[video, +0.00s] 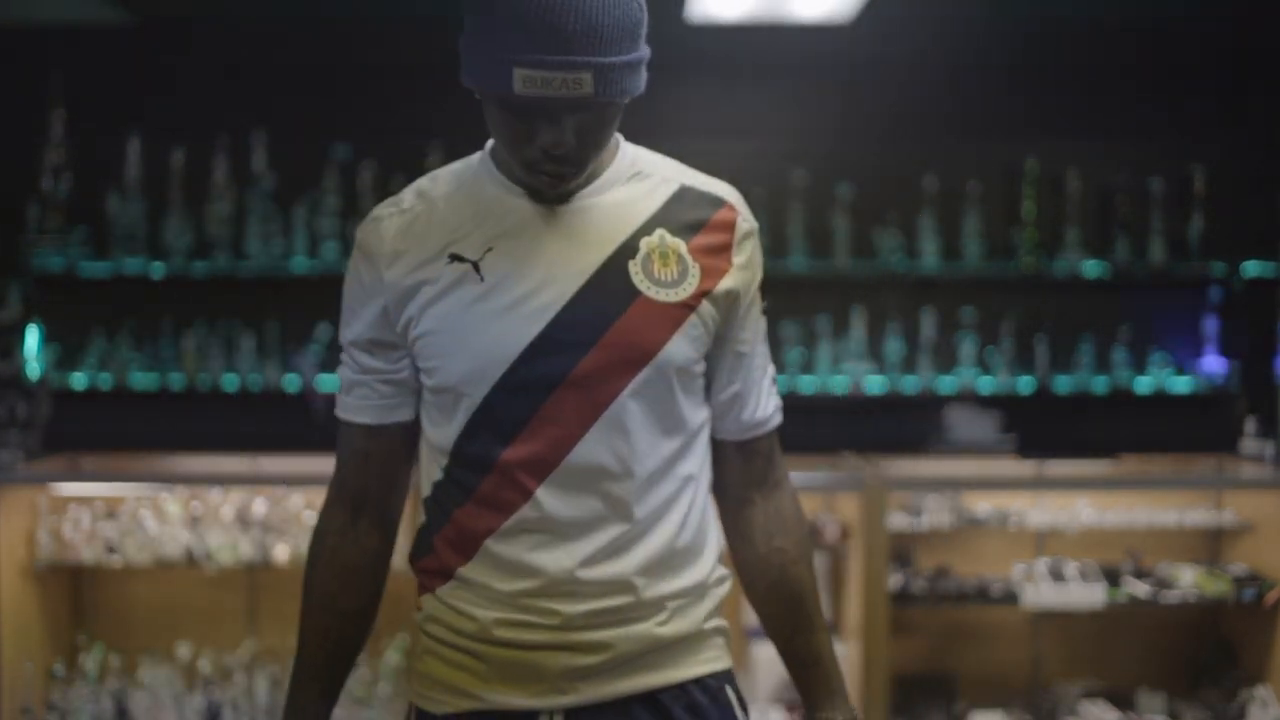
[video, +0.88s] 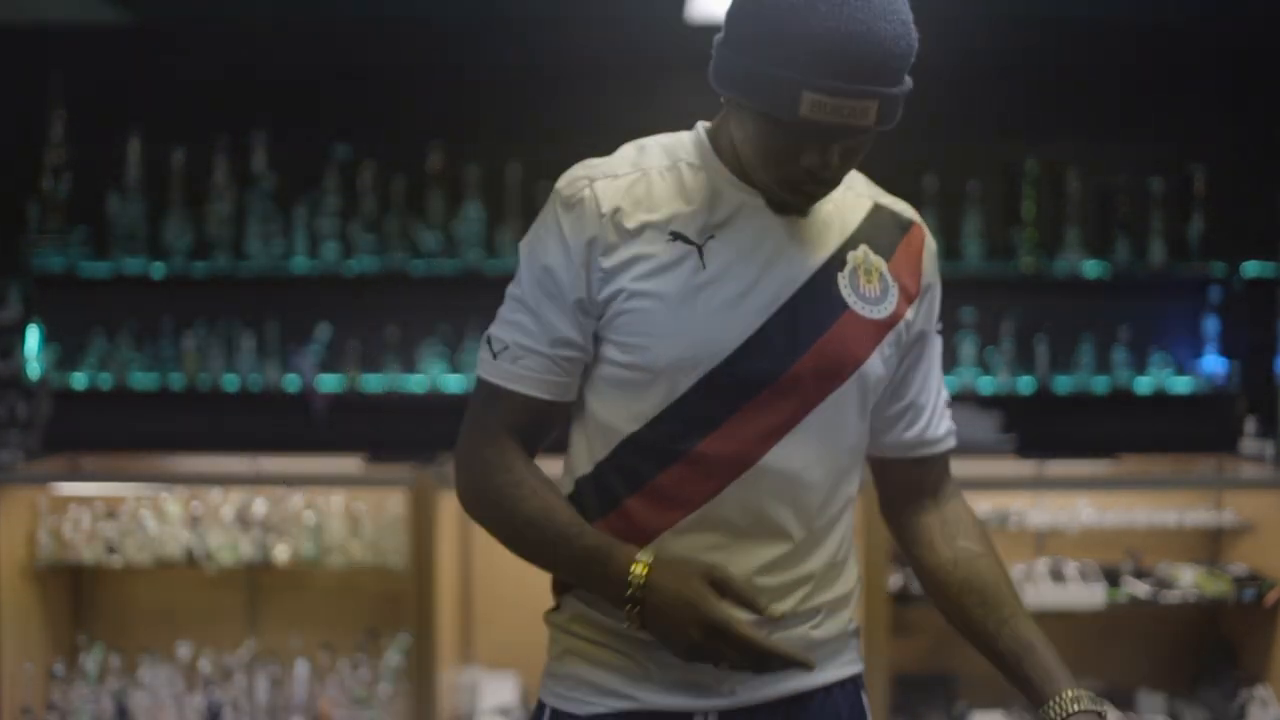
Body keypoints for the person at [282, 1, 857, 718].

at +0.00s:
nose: (559, 142)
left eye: (590, 111)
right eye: (528, 110)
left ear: (629, 90)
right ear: (481, 88)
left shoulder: (711, 223)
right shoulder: (398, 241)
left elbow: (756, 485)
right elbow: (360, 507)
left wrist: (830, 702)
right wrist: (304, 710)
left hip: (672, 684)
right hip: (470, 690)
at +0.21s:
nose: (592, 150)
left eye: (622, 120)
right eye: (562, 120)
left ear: (663, 87)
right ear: (514, 88)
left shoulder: (736, 224)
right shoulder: (428, 230)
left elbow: (808, 469)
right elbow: (360, 478)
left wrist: (919, 673)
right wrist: (286, 703)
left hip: (695, 682)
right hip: (493, 687)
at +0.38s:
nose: (645, 144)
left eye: (674, 111)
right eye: (613, 113)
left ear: (706, 91)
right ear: (561, 89)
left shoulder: (776, 227)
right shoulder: (459, 224)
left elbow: (884, 454)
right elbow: (348, 459)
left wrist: (1029, 658)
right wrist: (257, 692)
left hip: (726, 680)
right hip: (526, 687)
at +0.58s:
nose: (718, 149)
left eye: (746, 117)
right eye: (690, 115)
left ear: (785, 88)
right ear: (629, 80)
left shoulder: (830, 233)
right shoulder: (522, 221)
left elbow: (914, 472)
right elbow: (411, 484)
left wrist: (1094, 632)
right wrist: (310, 706)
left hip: (775, 680)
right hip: (576, 682)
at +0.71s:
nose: (780, 151)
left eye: (811, 119)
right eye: (754, 117)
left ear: (837, 95)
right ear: (682, 76)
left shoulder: (863, 240)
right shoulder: (558, 217)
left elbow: (917, 479)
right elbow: (459, 474)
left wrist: (1097, 635)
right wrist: (415, 708)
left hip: (793, 685)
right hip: (594, 689)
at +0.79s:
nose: (814, 158)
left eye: (838, 129)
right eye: (790, 127)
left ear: (861, 105)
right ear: (709, 88)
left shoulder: (879, 242)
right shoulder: (581, 214)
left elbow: (922, 485)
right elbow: (473, 464)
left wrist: (1084, 658)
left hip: (802, 683)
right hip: (605, 683)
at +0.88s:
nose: (829, 166)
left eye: (855, 140)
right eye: (803, 136)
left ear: (882, 114)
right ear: (728, 90)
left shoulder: (895, 244)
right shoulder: (600, 208)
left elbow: (926, 496)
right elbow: (485, 462)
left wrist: (1059, 693)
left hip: (811, 687)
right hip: (614, 687)